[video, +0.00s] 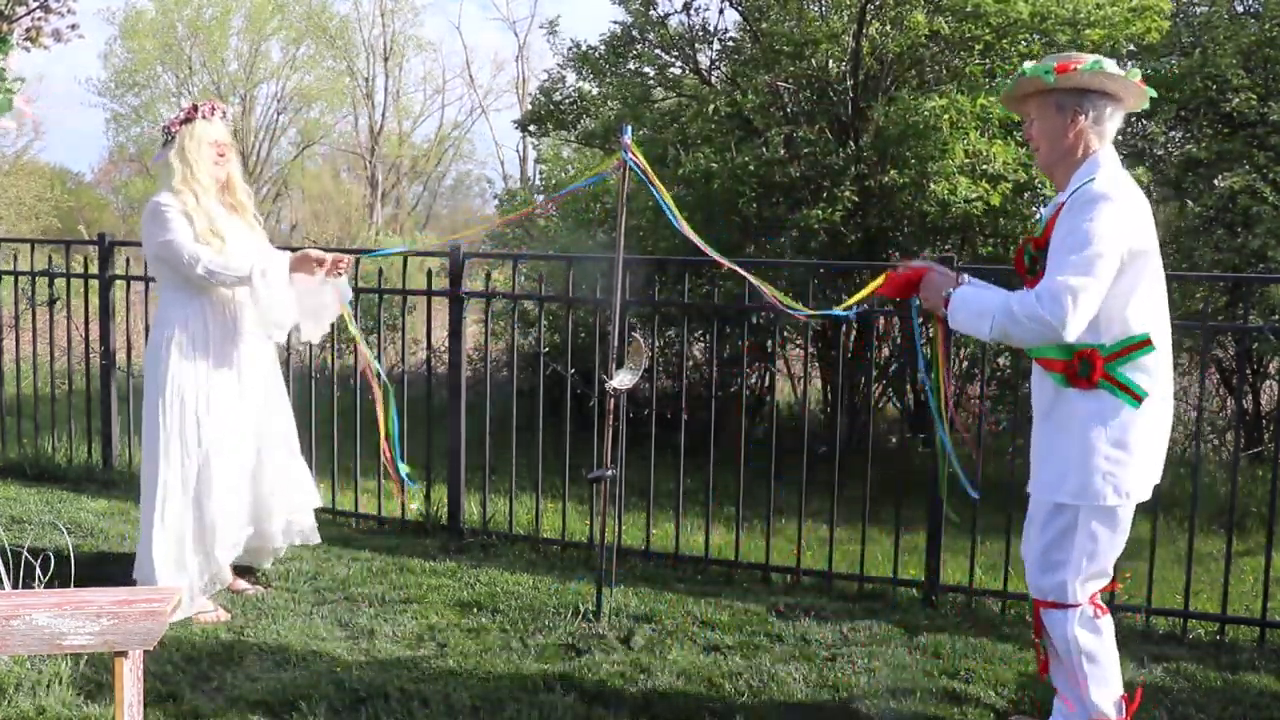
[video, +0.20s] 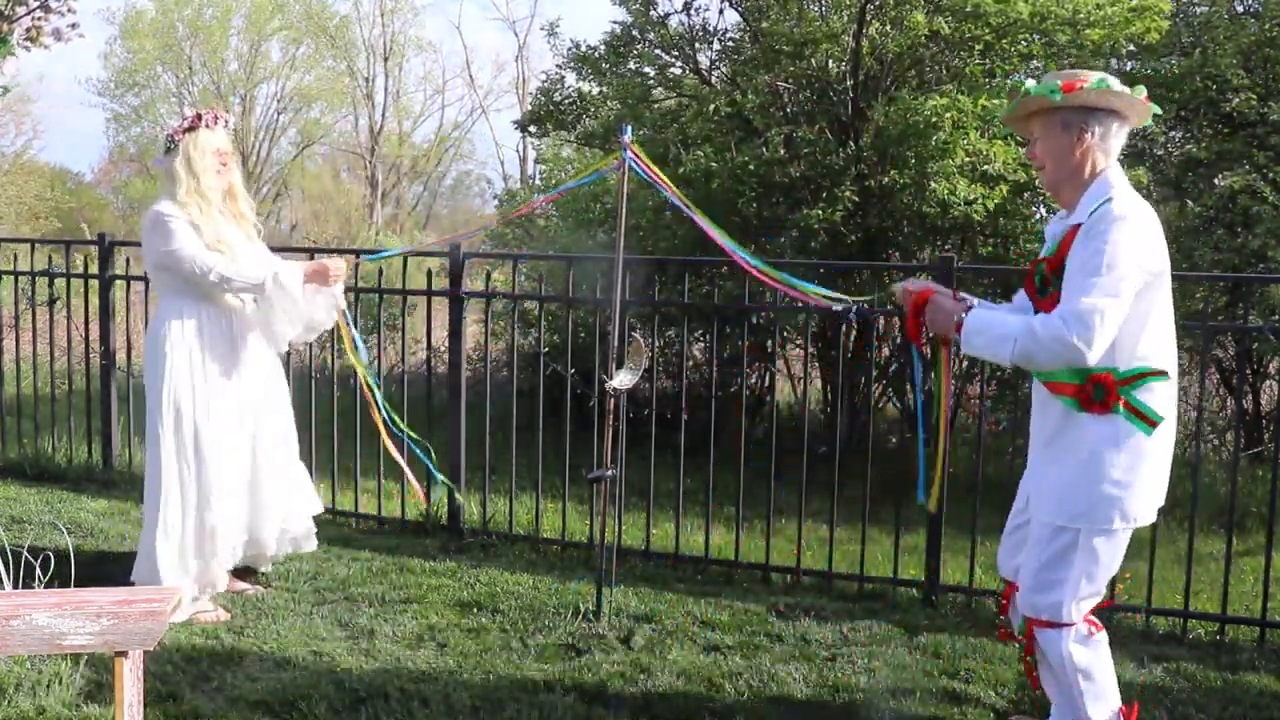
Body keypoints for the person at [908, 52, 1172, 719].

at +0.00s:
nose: (1025, 135)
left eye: (1034, 120)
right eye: (1024, 122)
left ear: (1079, 122)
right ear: (1072, 124)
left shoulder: (1101, 202)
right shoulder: (1077, 201)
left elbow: (1060, 315)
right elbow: (1045, 308)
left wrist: (954, 299)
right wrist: (956, 287)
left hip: (1100, 430)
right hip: (1076, 426)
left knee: (1065, 580)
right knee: (1050, 571)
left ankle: (1092, 710)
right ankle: (1085, 704)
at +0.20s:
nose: (1029, 155)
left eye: (1037, 139)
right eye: (1027, 142)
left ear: (1086, 140)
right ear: (1074, 143)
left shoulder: (1119, 223)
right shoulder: (1074, 222)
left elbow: (1079, 340)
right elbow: (1036, 316)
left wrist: (964, 326)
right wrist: (957, 309)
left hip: (1105, 456)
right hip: (1064, 449)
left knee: (1054, 604)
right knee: (1019, 576)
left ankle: (1093, 712)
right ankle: (1068, 699)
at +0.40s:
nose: (1034, 133)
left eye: (1043, 115)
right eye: (1033, 119)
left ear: (1094, 114)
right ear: (1081, 118)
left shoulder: (1141, 197)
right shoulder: (1054, 203)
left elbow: (1097, 302)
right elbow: (1019, 292)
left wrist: (978, 282)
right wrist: (958, 280)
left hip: (1119, 449)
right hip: (1049, 440)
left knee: (1099, 612)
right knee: (1031, 577)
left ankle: (1103, 716)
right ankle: (1057, 703)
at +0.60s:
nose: (1030, 141)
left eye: (1040, 124)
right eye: (1029, 127)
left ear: (1090, 127)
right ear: (1072, 131)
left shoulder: (1147, 211)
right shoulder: (1046, 218)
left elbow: (1116, 330)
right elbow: (1025, 331)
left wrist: (992, 308)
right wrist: (958, 316)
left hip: (1123, 460)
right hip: (1049, 453)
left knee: (1081, 613)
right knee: (1019, 583)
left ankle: (1102, 713)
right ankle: (1061, 703)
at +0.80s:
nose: (1024, 147)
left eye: (1034, 132)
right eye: (1023, 133)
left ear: (1080, 140)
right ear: (1062, 142)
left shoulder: (1133, 225)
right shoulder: (1047, 224)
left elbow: (1095, 347)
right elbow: (1020, 319)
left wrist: (975, 333)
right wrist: (948, 318)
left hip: (1111, 472)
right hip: (1049, 464)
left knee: (1064, 621)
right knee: (1024, 606)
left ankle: (1096, 713)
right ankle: (1059, 705)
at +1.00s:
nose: (1011, 124)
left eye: (1018, 109)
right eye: (1010, 110)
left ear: (1061, 113)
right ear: (1060, 113)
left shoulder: (1101, 195)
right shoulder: (1062, 191)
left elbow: (1023, 303)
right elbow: (1010, 267)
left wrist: (923, 264)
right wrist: (935, 227)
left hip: (1105, 438)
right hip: (1056, 432)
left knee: (1098, 607)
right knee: (1025, 548)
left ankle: (1103, 714)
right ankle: (1068, 692)